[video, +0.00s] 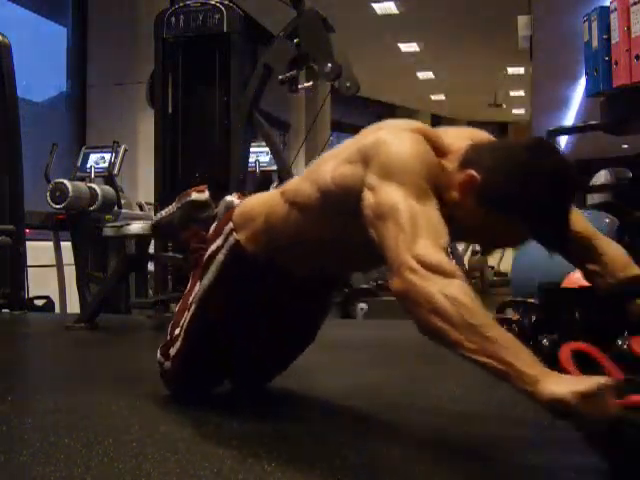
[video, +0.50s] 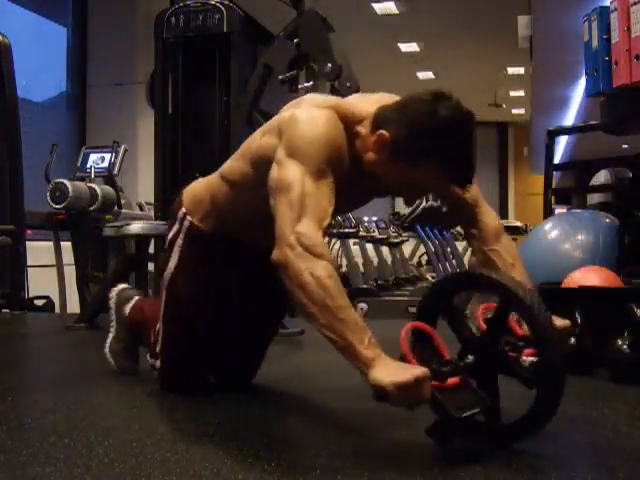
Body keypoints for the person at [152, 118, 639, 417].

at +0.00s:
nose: (483, 247)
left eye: (498, 243)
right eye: (488, 236)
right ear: (467, 191)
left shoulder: (496, 164)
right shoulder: (398, 152)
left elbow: (591, 247)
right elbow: (422, 282)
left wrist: (637, 293)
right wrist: (540, 380)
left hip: (315, 279)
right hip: (252, 255)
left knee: (247, 381)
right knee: (181, 377)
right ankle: (209, 240)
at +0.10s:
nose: (466, 228)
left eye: (479, 224)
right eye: (469, 217)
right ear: (447, 168)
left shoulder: (480, 148)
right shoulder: (376, 136)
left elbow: (558, 231)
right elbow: (390, 266)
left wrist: (614, 302)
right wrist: (493, 369)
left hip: (304, 271)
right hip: (238, 252)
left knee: (243, 381)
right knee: (182, 381)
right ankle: (190, 254)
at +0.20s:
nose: (451, 215)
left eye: (464, 208)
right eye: (453, 201)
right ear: (426, 152)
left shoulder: (463, 142)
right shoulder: (359, 124)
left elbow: (537, 226)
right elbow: (360, 249)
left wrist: (600, 313)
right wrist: (455, 357)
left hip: (299, 264)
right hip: (232, 243)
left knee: (240, 378)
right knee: (182, 378)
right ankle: (178, 259)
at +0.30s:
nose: (430, 204)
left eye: (445, 198)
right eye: (429, 190)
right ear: (409, 145)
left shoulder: (453, 143)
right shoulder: (345, 117)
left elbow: (515, 223)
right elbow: (338, 244)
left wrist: (575, 313)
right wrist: (418, 356)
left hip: (293, 253)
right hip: (227, 233)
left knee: (238, 378)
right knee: (183, 378)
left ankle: (170, 299)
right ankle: (151, 289)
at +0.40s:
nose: (417, 200)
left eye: (430, 194)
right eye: (418, 187)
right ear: (394, 143)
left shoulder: (431, 126)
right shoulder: (327, 121)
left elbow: (498, 219)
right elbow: (316, 248)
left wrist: (552, 315)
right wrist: (391, 360)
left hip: (289, 245)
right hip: (222, 232)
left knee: (244, 373)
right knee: (199, 378)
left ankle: (162, 313)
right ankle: (139, 313)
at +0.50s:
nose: (408, 200)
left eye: (421, 194)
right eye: (409, 187)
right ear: (383, 145)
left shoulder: (410, 127)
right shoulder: (313, 127)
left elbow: (478, 220)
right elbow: (299, 251)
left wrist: (533, 311)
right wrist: (375, 362)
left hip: (277, 248)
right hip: (209, 236)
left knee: (236, 375)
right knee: (183, 376)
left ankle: (162, 313)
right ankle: (132, 312)